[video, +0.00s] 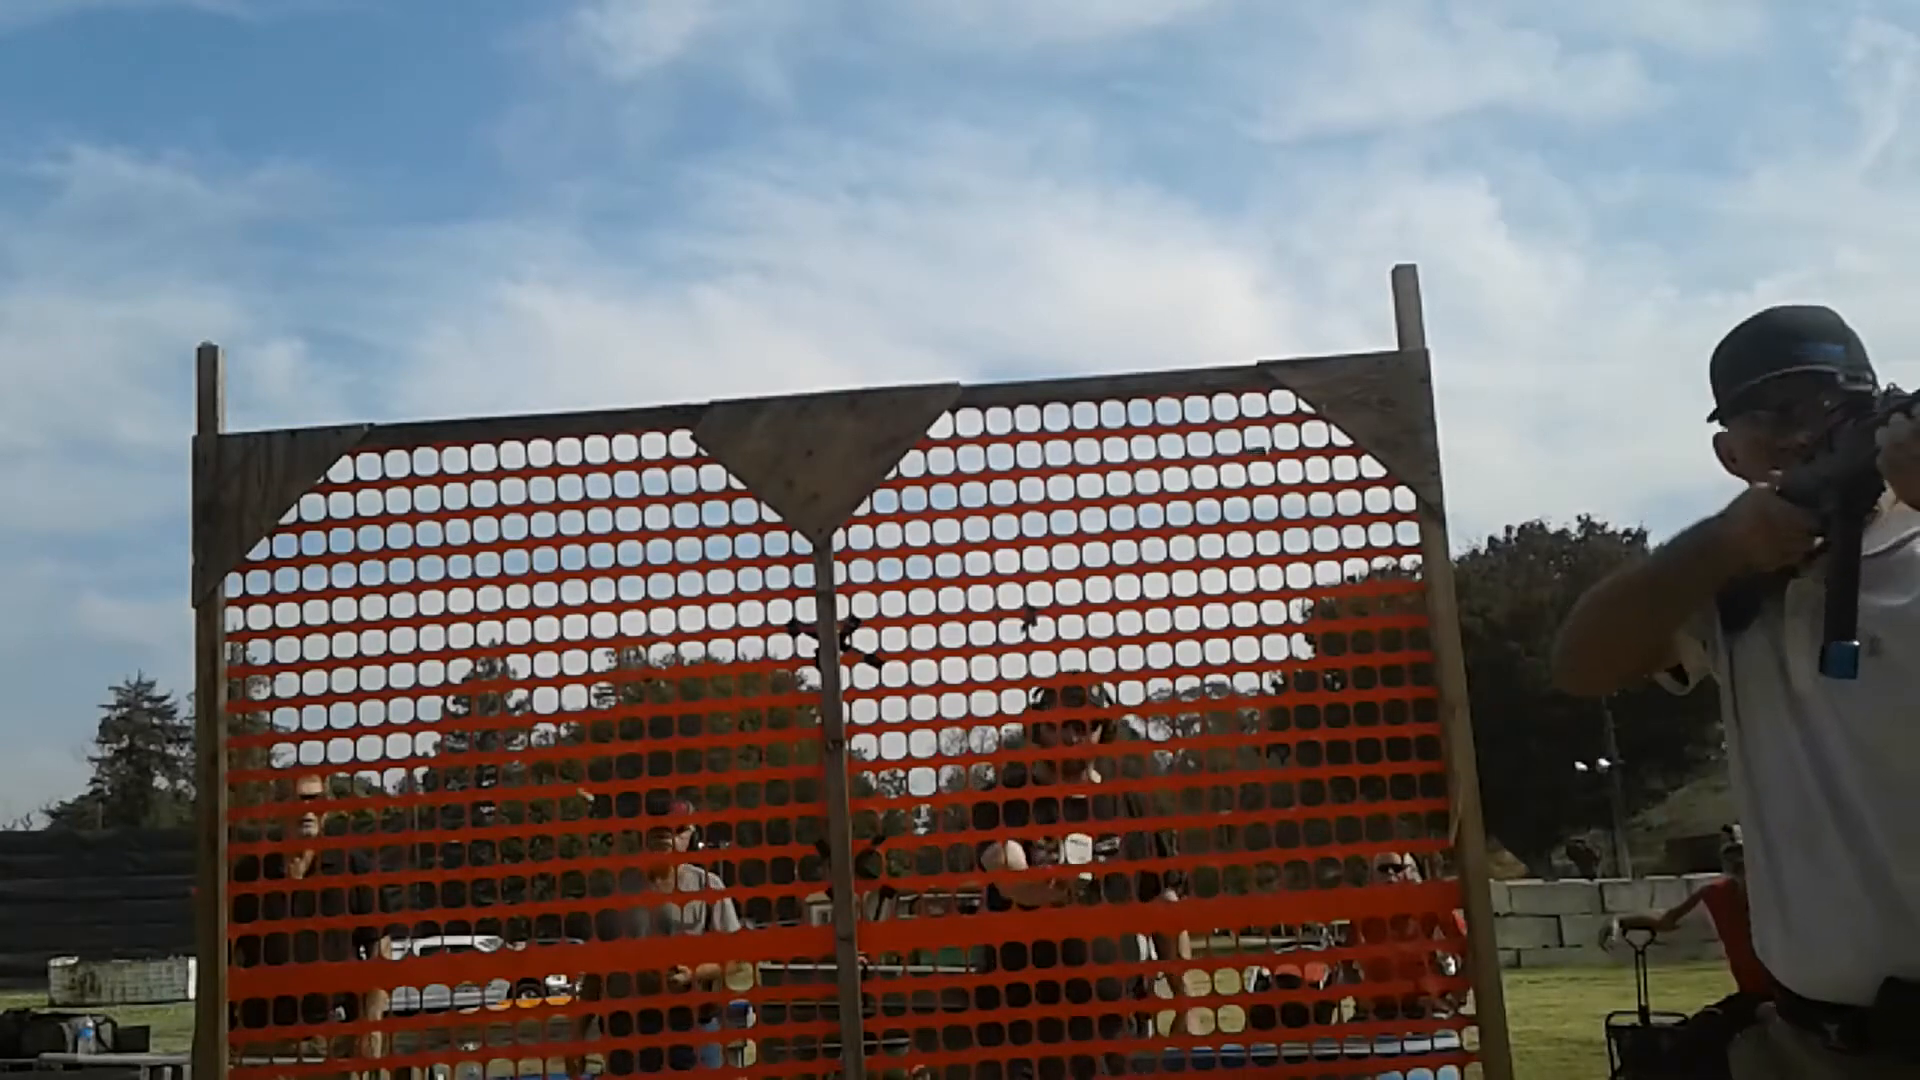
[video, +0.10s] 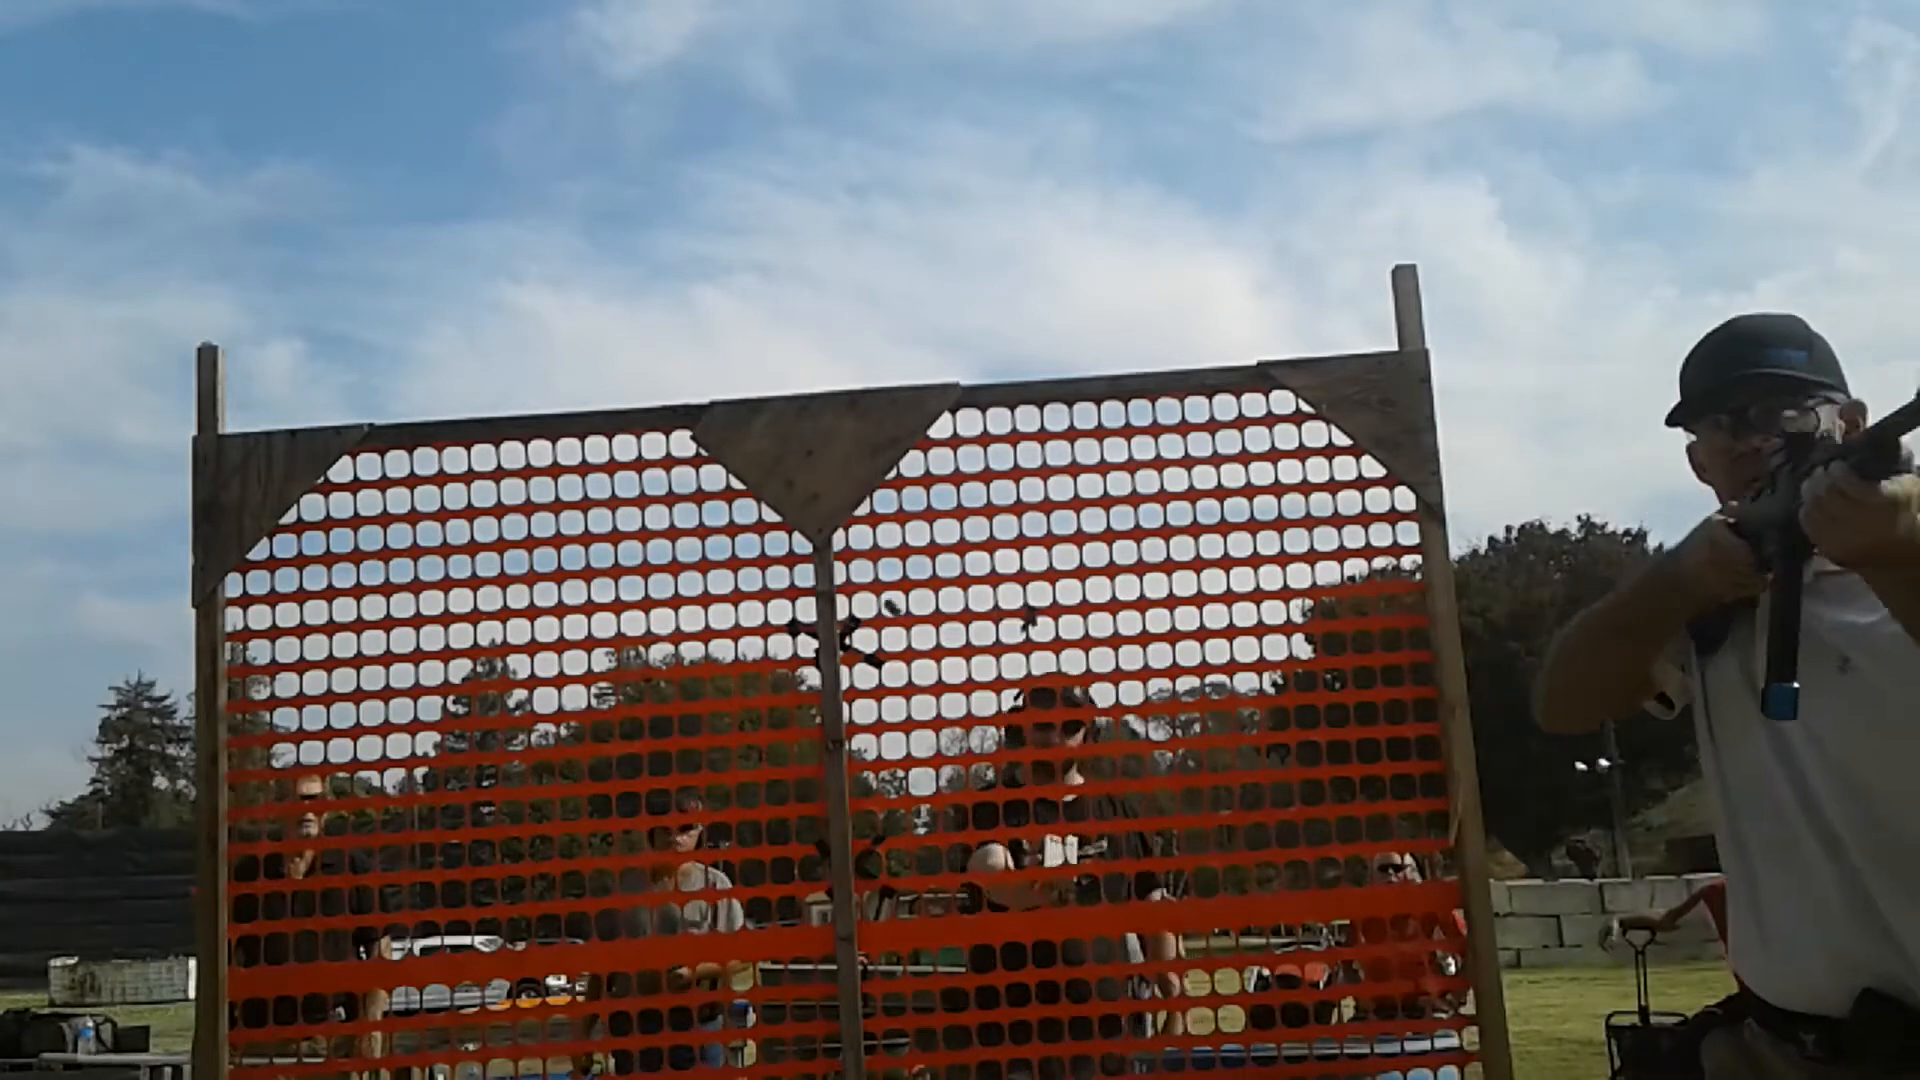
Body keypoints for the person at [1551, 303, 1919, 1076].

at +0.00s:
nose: (1805, 436)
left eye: (1827, 406)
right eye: (1774, 415)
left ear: (1875, 416)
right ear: (1731, 453)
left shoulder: (1912, 548)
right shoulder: (1735, 586)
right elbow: (1578, 662)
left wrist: (1913, 492)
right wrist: (1727, 543)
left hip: (1910, 1034)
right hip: (1796, 1036)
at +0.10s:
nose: (1760, 448)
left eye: (1785, 417)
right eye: (1727, 430)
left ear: (1850, 423)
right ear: (1699, 464)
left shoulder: (1907, 542)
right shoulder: (1711, 592)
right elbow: (1562, 705)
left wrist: (1891, 555)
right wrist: (1682, 580)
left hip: (1905, 1035)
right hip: (1766, 1039)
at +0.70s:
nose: (1324, 503)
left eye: (1337, 475)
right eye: (1289, 482)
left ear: (1366, 487)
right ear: (1217, 517)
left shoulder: (1464, 624)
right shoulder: (1194, 634)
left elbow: (1654, 760)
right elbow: (1080, 738)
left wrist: (1621, 590)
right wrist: (1262, 604)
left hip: (1477, 1050)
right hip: (1291, 1058)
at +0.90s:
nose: (1238, 509)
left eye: (1250, 482)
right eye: (1203, 486)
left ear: (1274, 491)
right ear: (1130, 517)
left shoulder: (1367, 627)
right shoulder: (1096, 629)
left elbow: (1561, 756)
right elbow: (981, 740)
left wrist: (1536, 583)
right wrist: (1165, 599)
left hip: (1385, 1051)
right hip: (1184, 1059)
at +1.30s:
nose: (1132, 507)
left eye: (1146, 478)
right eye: (1096, 482)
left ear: (1171, 484)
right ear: (1020, 509)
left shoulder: (1254, 628)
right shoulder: (982, 613)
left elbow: (1440, 761)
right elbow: (856, 717)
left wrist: (1427, 584)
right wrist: (1054, 590)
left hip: (1254, 1052)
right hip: (1054, 1061)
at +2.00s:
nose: (1103, 506)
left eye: (1115, 480)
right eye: (1070, 485)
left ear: (1138, 485)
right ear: (981, 511)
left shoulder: (1206, 633)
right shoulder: (934, 638)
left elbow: (1395, 760)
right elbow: (810, 714)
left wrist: (1381, 581)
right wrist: (1009, 587)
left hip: (1198, 1055)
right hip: (994, 1060)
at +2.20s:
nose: (1028, 526)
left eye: (1044, 497)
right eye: (994, 503)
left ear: (1066, 504)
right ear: (911, 530)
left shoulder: (1140, 652)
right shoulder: (864, 637)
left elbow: (1330, 774)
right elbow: (742, 733)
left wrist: (1324, 607)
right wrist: (943, 608)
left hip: (1133, 1058)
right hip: (930, 1064)